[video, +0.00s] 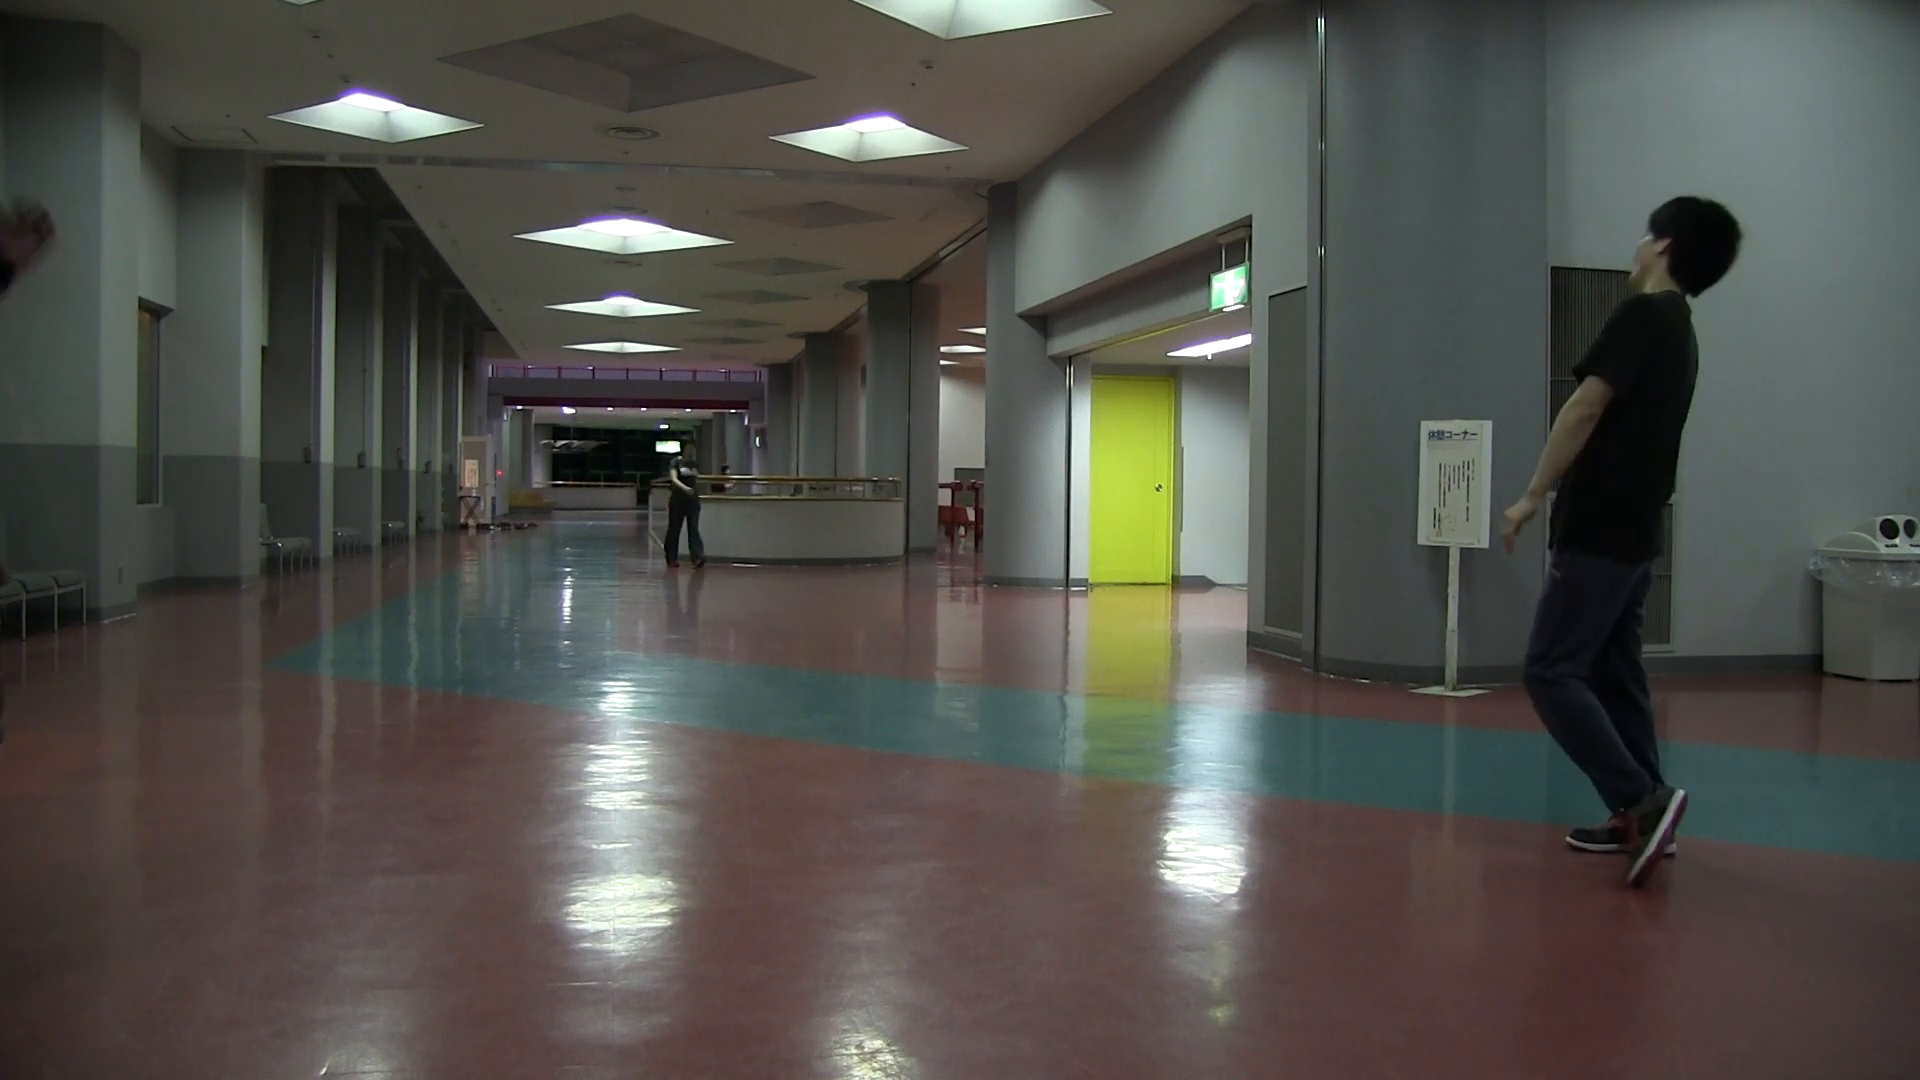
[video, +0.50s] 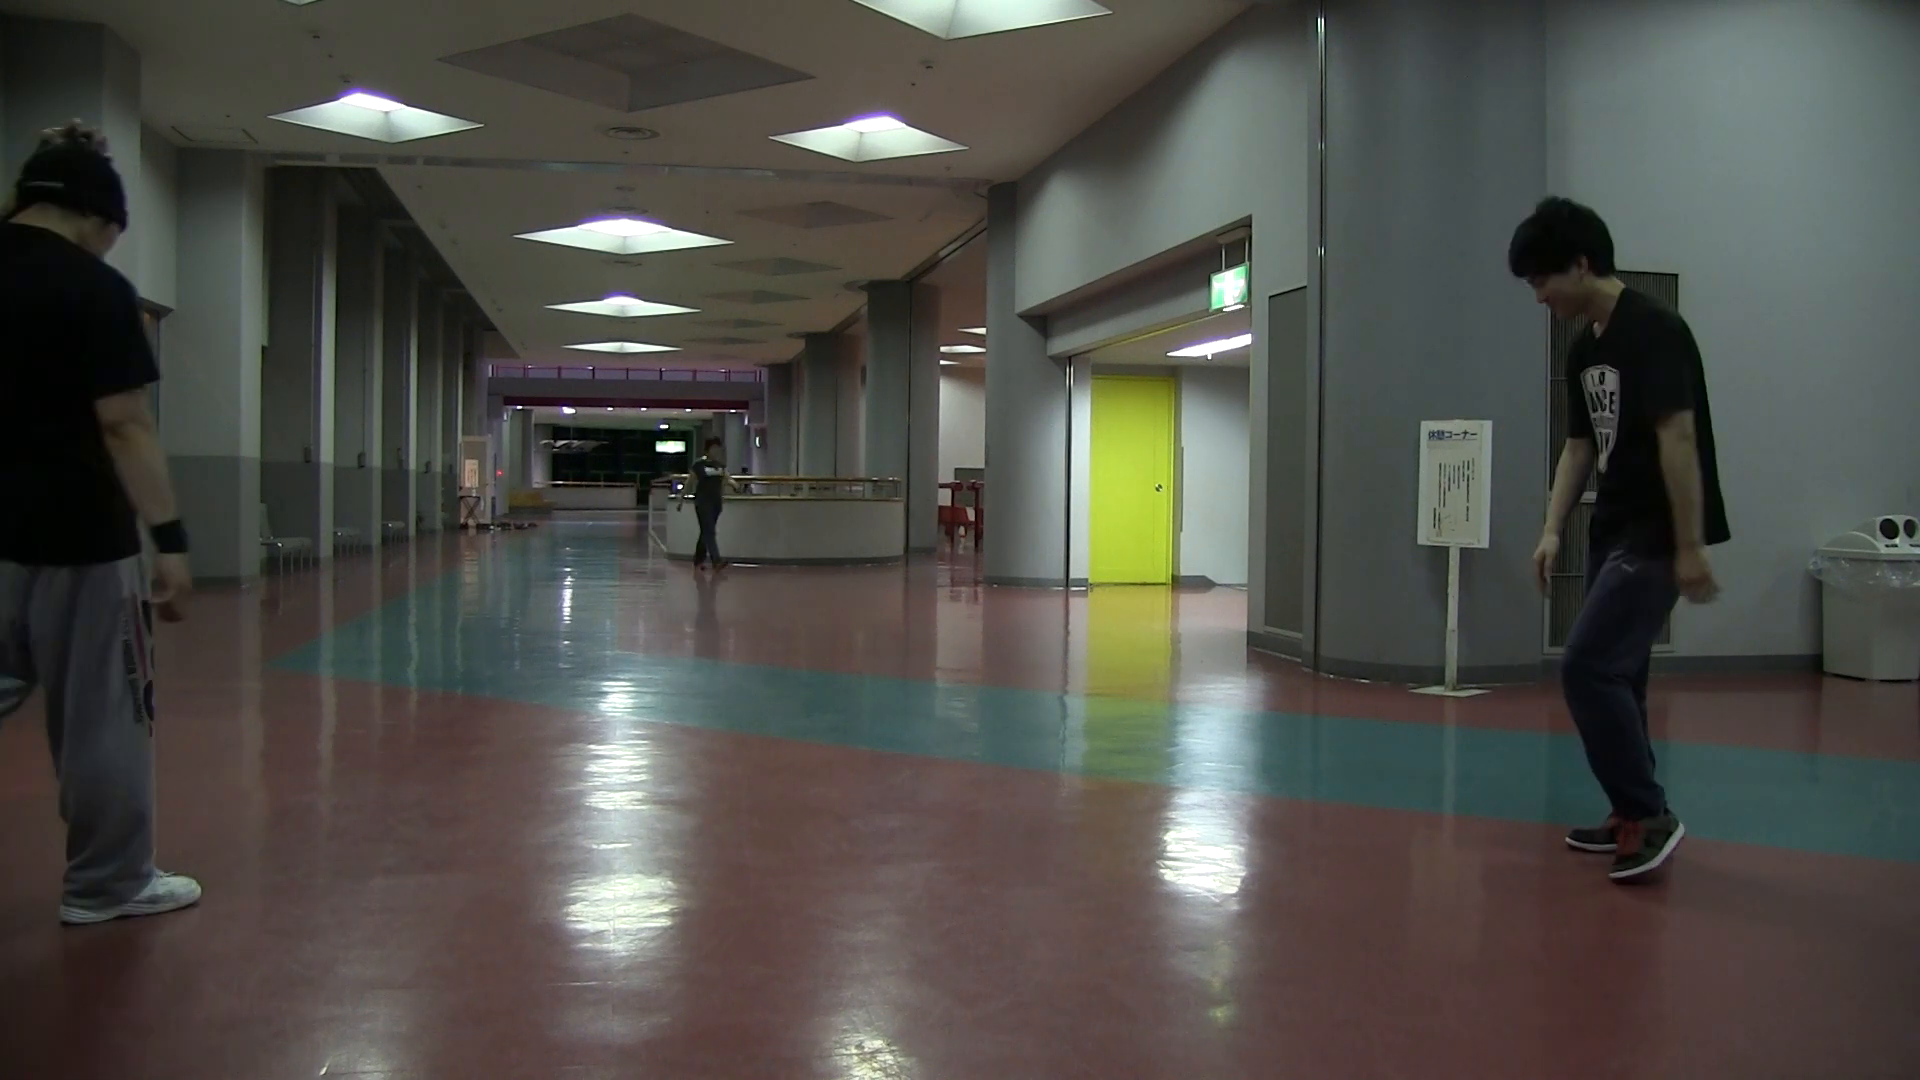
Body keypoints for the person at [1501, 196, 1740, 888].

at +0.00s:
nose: (1638, 241)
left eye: (1648, 231)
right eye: (1648, 230)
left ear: (1663, 245)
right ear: (1694, 260)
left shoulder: (1642, 316)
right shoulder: (1674, 324)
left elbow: (1585, 406)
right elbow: (1640, 430)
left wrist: (1534, 494)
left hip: (1599, 537)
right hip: (1632, 534)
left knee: (1548, 670)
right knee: (1614, 668)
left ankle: (1643, 800)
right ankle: (1632, 819)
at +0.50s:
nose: (1537, 294)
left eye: (1542, 278)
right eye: (1532, 281)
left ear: (1582, 264)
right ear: (1572, 271)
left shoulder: (1656, 329)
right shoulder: (1583, 346)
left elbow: (1677, 438)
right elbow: (1580, 443)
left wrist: (1691, 545)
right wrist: (1553, 528)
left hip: (1661, 534)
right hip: (1614, 531)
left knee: (1588, 666)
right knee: (1622, 675)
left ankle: (1649, 817)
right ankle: (1628, 816)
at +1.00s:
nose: (1614, 272)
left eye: (1626, 258)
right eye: (1604, 258)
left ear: (1661, 246)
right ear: (1598, 253)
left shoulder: (1726, 312)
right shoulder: (1592, 326)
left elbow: (1731, 429)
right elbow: (1582, 436)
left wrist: (1698, 531)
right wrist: (1599, 530)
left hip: (1695, 532)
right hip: (1614, 529)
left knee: (1690, 686)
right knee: (1598, 678)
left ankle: (1674, 834)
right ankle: (1629, 765)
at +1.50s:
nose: (1670, 237)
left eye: (1685, 222)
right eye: (1656, 223)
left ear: (1711, 223)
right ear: (1640, 226)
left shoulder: (1752, 317)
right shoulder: (1610, 309)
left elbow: (1771, 432)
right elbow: (1572, 415)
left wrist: (1766, 539)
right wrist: (1560, 516)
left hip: (1696, 539)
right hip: (1608, 533)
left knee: (1692, 693)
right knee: (1587, 682)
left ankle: (1672, 835)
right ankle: (1599, 825)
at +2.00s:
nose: (1569, 224)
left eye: (1582, 209)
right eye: (1566, 211)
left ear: (1630, 213)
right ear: (1576, 223)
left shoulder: (1702, 299)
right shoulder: (1577, 325)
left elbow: (1744, 414)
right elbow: (1592, 425)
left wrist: (1709, 481)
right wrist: (1657, 469)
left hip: (1692, 530)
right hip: (1609, 532)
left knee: (1686, 689)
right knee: (1612, 694)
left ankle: (1677, 841)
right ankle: (1633, 853)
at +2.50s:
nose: (1546, 227)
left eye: (1555, 212)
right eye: (1546, 214)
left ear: (1599, 214)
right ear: (1588, 219)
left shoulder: (1645, 287)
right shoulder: (1613, 302)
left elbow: (1685, 399)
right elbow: (1651, 413)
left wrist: (1716, 499)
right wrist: (1710, 505)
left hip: (1658, 523)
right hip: (1631, 524)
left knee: (1599, 677)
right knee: (1617, 685)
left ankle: (1757, 771)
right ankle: (1633, 857)